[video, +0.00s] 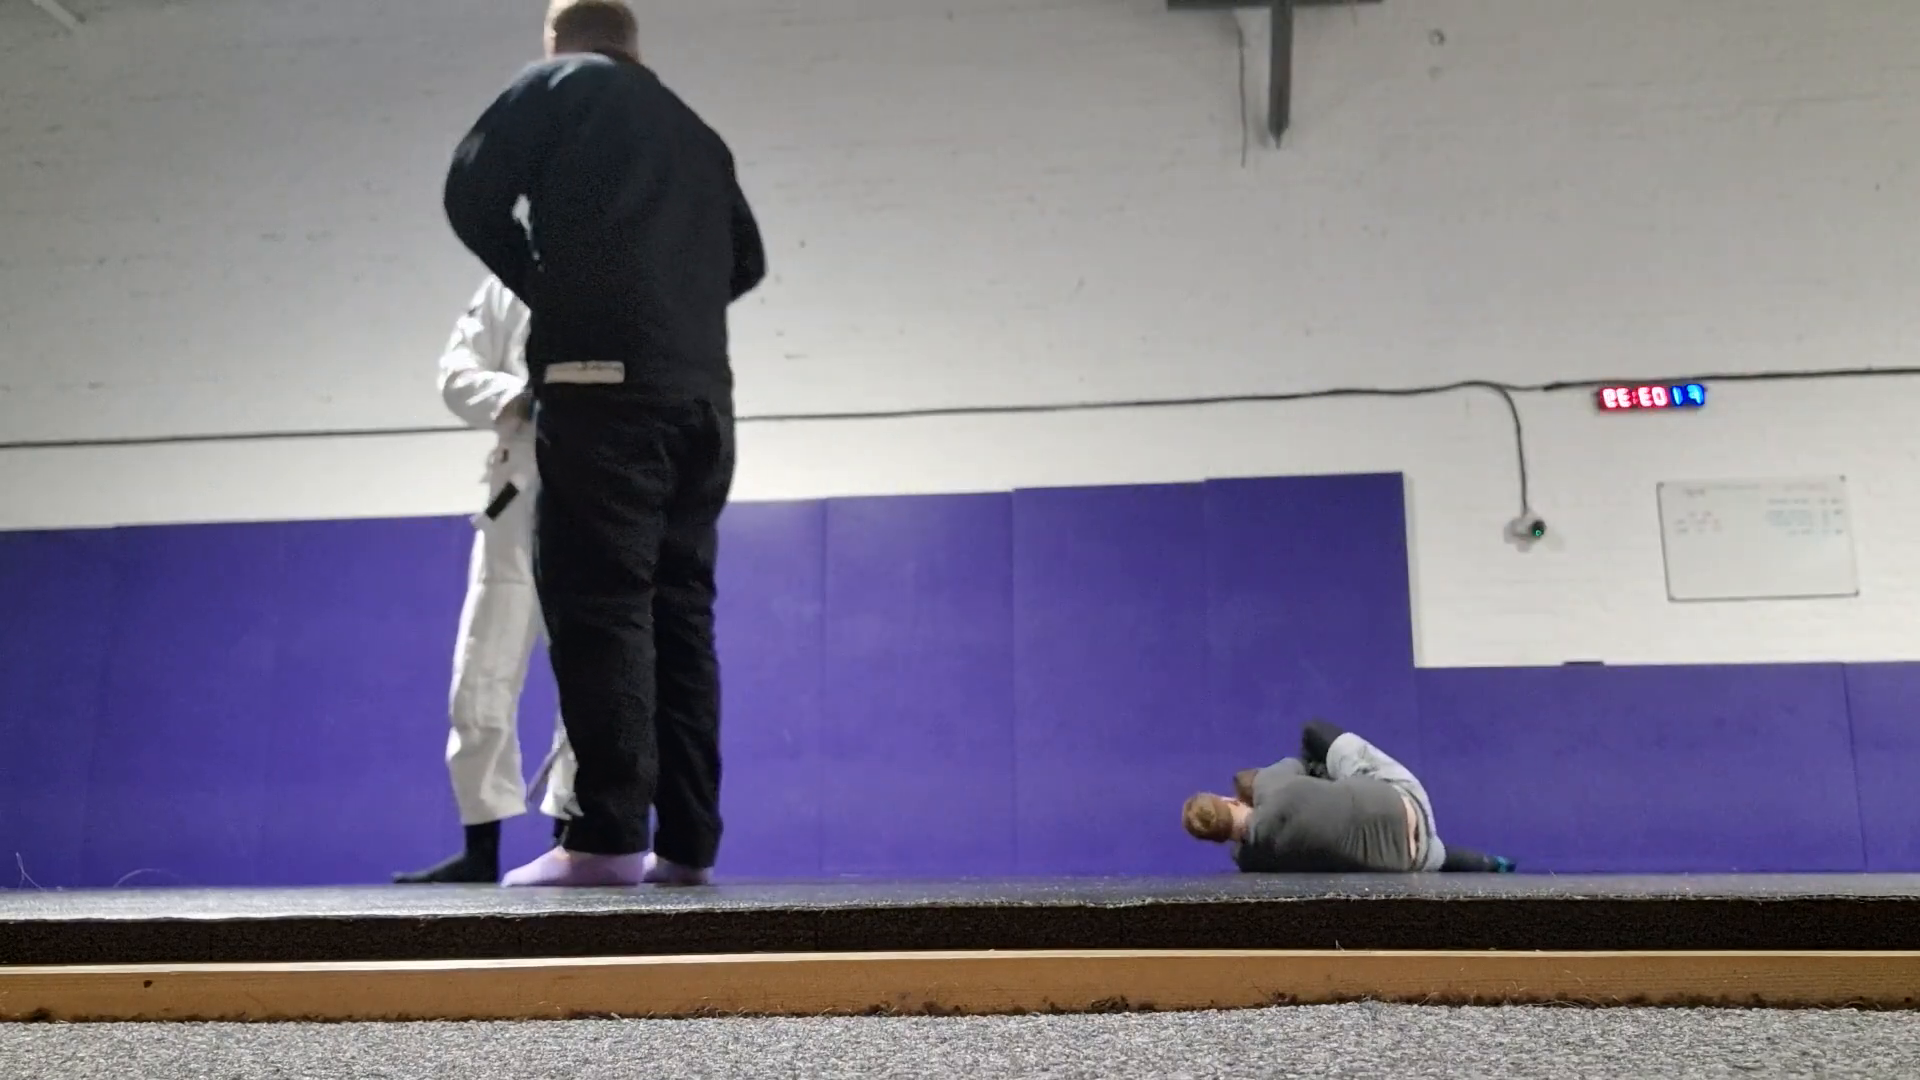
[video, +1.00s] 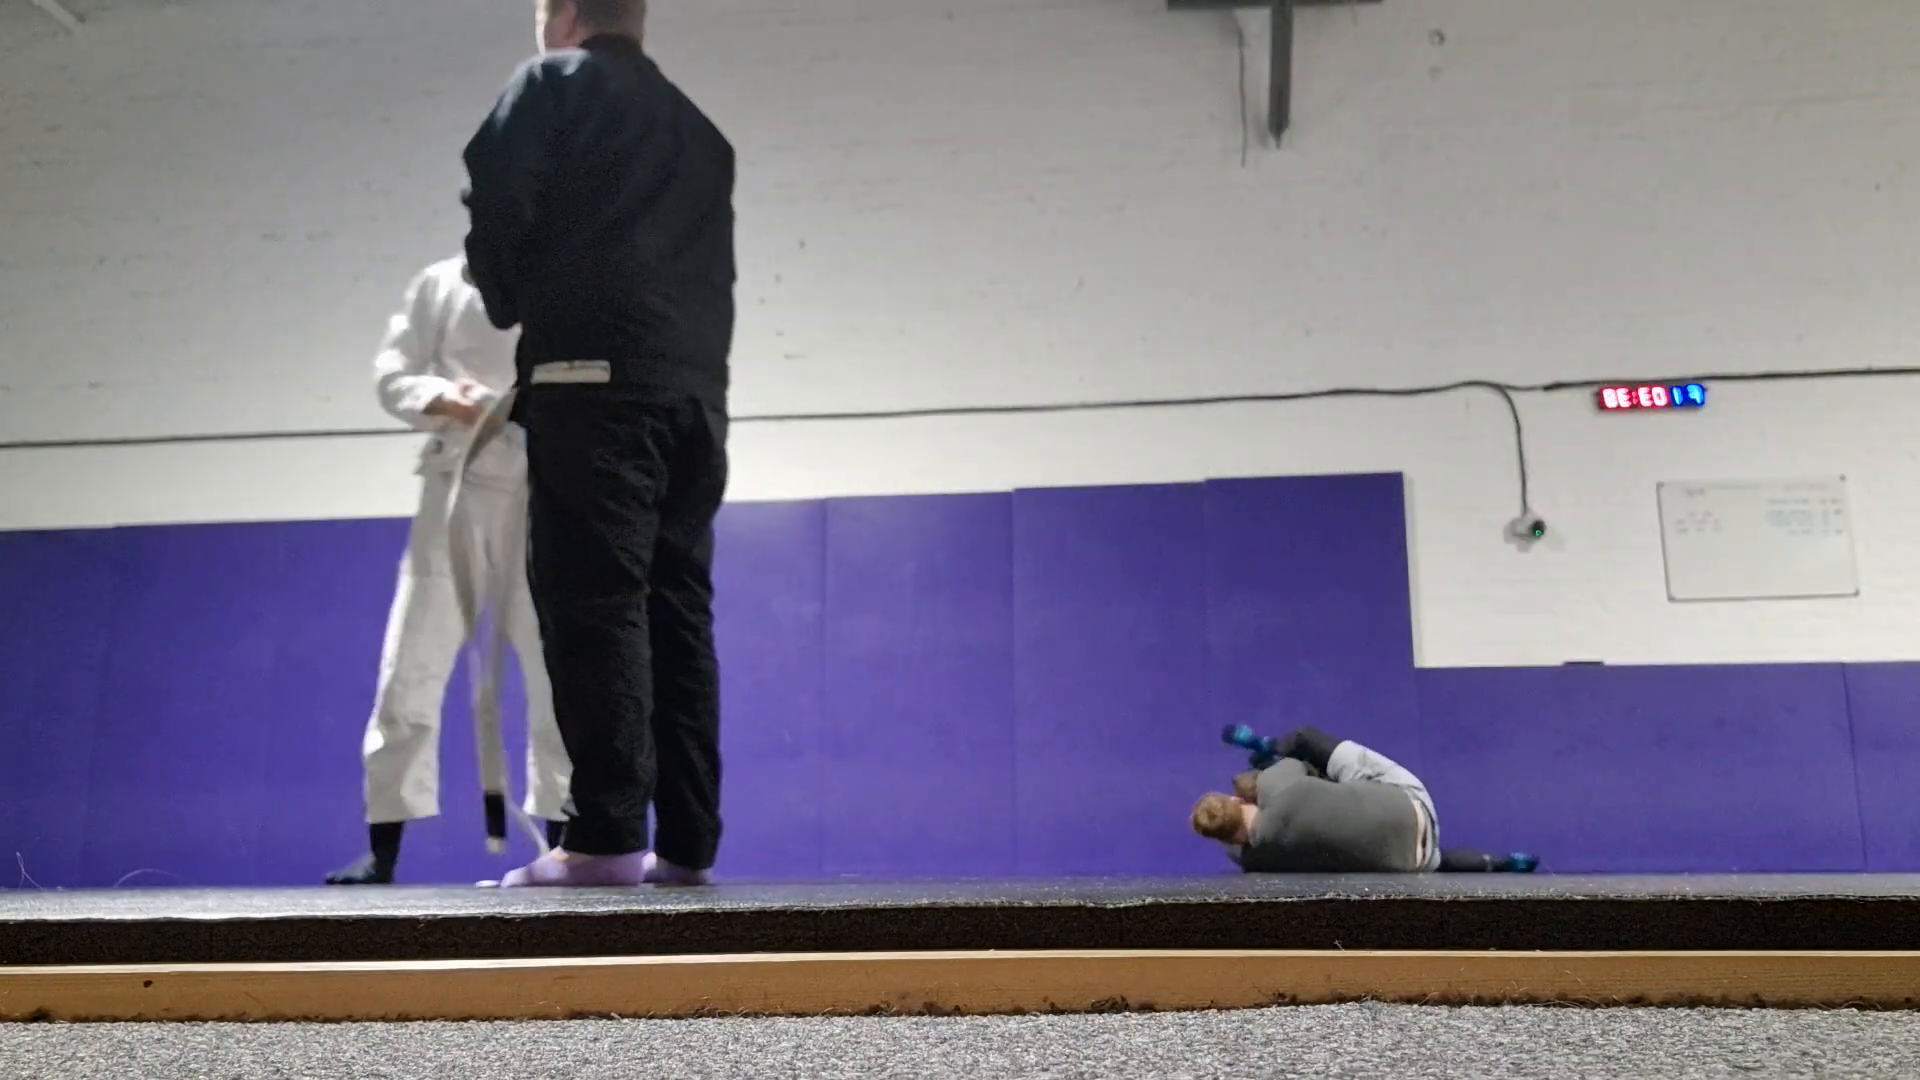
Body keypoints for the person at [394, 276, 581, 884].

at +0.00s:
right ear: (534, 209)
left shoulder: (635, 287)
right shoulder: (512, 279)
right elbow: (457, 371)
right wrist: (519, 401)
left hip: (604, 496)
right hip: (521, 490)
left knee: (595, 674)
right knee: (483, 670)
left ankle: (578, 841)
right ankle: (481, 849)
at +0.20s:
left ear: (607, 227)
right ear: (535, 221)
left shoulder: (630, 293)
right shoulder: (510, 283)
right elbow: (454, 372)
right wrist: (520, 404)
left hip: (604, 497)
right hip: (519, 490)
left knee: (594, 672)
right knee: (482, 668)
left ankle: (576, 841)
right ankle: (481, 848)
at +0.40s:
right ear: (539, 230)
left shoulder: (633, 299)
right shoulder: (515, 285)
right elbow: (453, 369)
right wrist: (517, 407)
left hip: (606, 497)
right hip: (522, 490)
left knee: (593, 674)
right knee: (480, 672)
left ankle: (577, 844)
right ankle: (480, 849)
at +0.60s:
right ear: (524, 244)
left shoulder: (611, 313)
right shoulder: (506, 297)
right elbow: (451, 374)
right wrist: (515, 406)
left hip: (589, 502)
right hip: (511, 491)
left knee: (583, 674)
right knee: (466, 663)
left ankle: (571, 839)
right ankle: (465, 839)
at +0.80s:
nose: (522, 241)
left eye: (537, 232)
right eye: (515, 230)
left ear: (574, 234)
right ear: (504, 231)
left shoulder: (599, 297)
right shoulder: (482, 289)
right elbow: (433, 376)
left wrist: (566, 411)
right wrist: (481, 401)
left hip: (578, 494)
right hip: (496, 484)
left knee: (579, 662)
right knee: (438, 651)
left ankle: (571, 836)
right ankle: (404, 835)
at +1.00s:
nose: (486, 222)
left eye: (503, 210)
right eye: (479, 206)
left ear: (535, 218)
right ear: (471, 210)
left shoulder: (564, 286)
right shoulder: (443, 284)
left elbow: (595, 387)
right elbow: (392, 374)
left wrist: (526, 407)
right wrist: (438, 397)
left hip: (539, 505)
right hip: (454, 499)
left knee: (556, 675)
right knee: (406, 674)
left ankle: (565, 845)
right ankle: (383, 854)